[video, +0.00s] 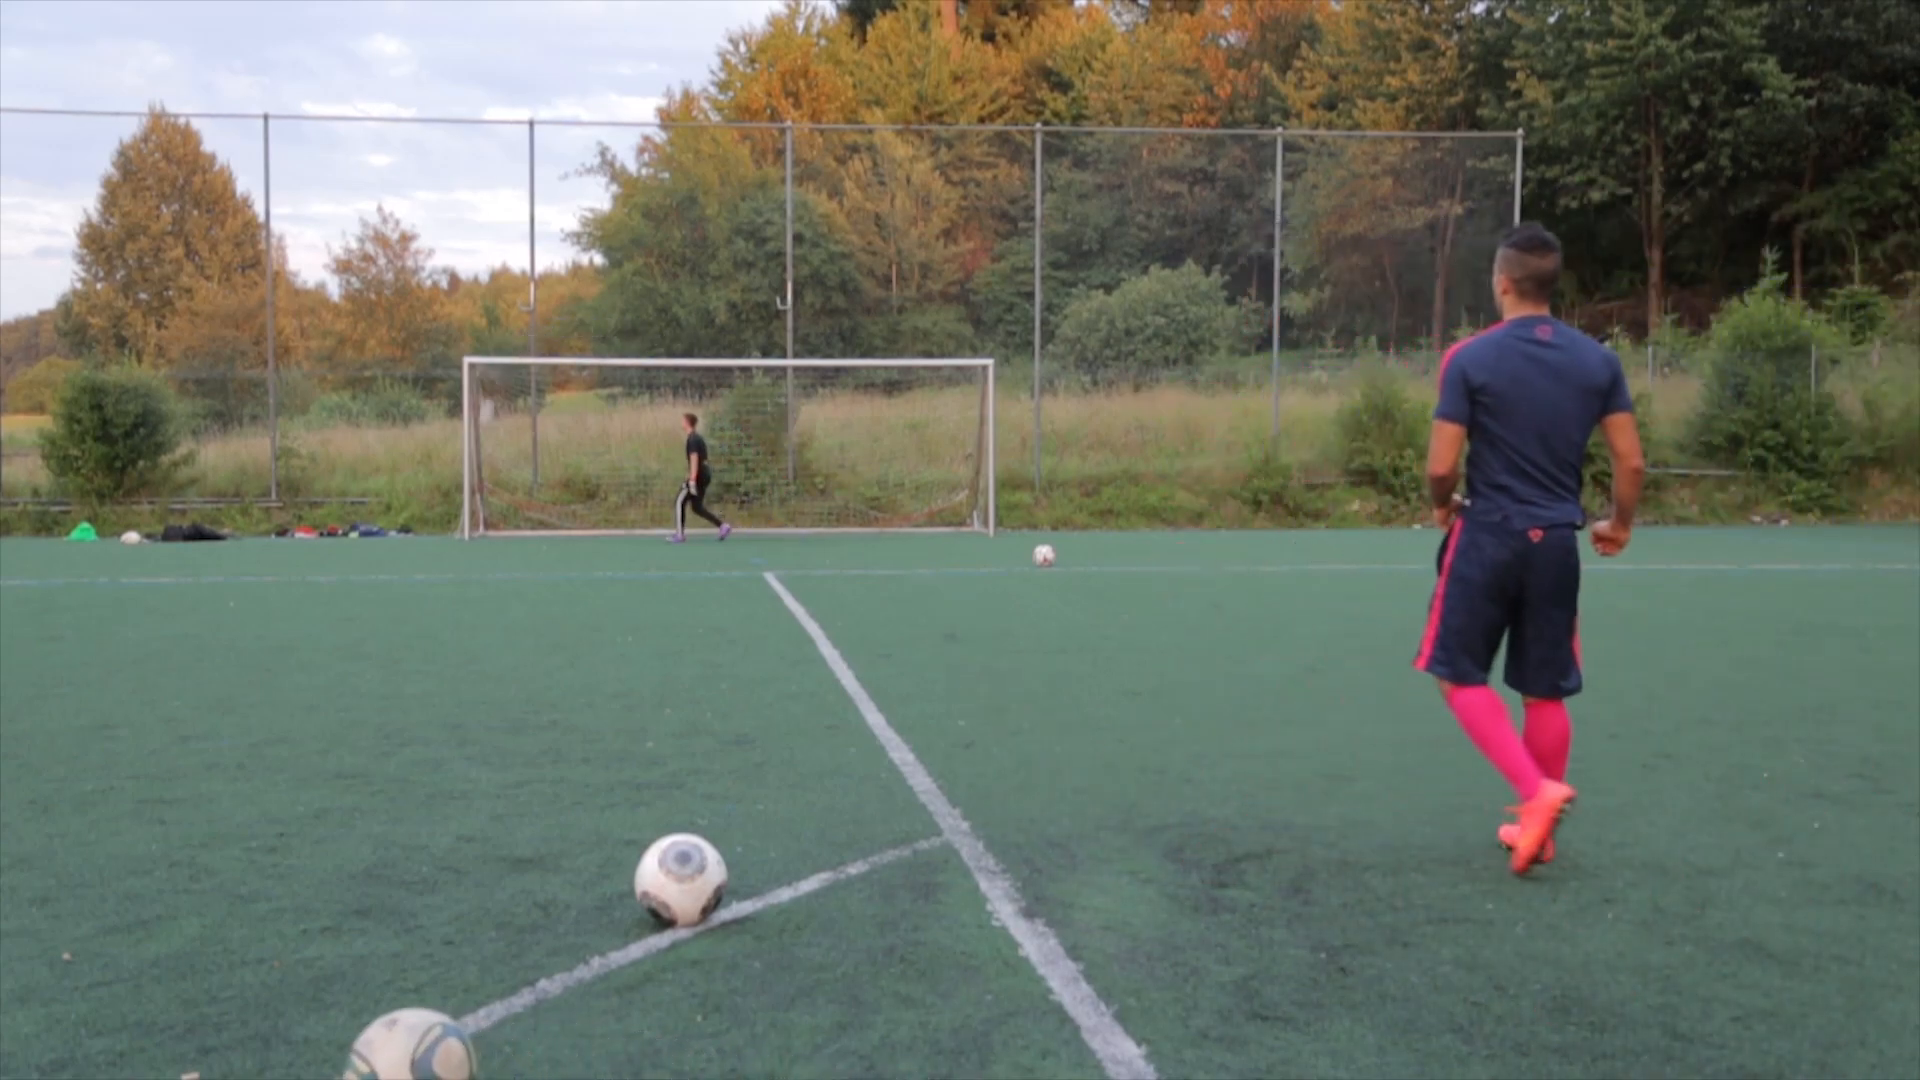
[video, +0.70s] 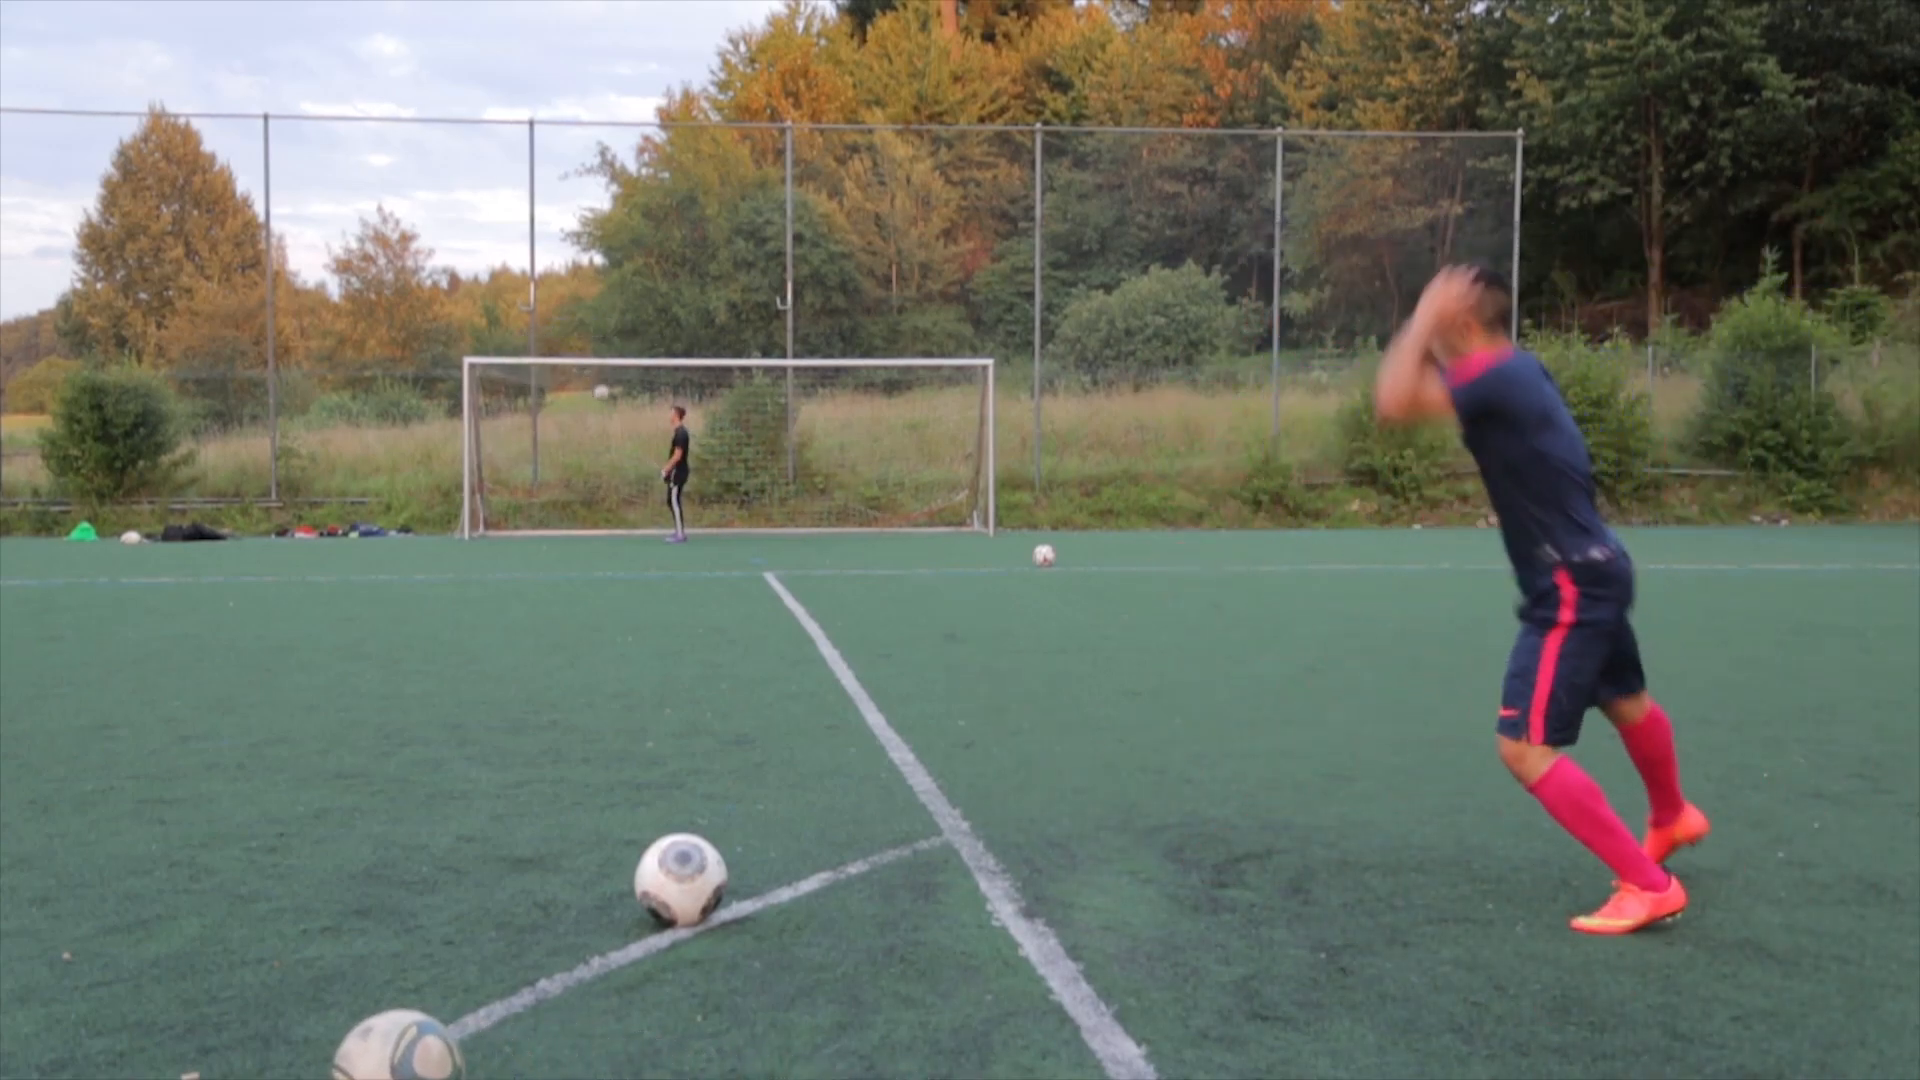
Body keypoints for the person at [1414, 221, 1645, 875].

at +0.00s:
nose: (1494, 287)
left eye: (1495, 279)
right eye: (1502, 279)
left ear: (1500, 284)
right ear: (1555, 285)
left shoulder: (1470, 358)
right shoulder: (1596, 359)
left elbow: (1441, 469)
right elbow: (1629, 460)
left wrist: (1445, 508)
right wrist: (1620, 522)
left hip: (1487, 542)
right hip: (1557, 546)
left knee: (1460, 673)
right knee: (1546, 685)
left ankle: (1537, 793)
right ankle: (1539, 828)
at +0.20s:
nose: (1508, 295)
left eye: (1510, 288)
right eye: (1512, 288)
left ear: (1517, 293)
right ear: (1572, 297)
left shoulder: (1496, 364)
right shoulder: (1610, 362)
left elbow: (1480, 464)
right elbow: (1656, 459)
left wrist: (1462, 506)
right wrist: (1626, 527)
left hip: (1541, 550)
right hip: (1602, 547)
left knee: (1519, 697)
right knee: (1575, 682)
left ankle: (1610, 843)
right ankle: (1576, 817)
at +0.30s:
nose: (1505, 317)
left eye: (1506, 309)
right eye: (1510, 308)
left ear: (1512, 314)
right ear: (1568, 314)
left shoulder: (1509, 376)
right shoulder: (1605, 372)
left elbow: (1529, 463)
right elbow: (1661, 466)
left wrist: (1494, 523)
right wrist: (1621, 529)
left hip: (1574, 556)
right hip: (1628, 554)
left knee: (1509, 704)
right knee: (1582, 679)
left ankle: (1609, 842)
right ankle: (1662, 801)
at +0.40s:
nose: (1502, 343)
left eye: (1504, 335)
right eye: (1506, 335)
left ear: (1512, 341)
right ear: (1566, 344)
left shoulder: (1519, 402)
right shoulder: (1599, 398)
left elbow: (1562, 481)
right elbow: (1646, 496)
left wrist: (1508, 549)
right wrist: (1571, 564)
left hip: (1604, 581)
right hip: (1649, 577)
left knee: (1494, 706)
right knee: (1607, 709)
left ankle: (1612, 830)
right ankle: (1704, 842)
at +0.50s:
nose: (1498, 371)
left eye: (1500, 363)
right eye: (1500, 363)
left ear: (1508, 371)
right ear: (1562, 373)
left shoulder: (1524, 434)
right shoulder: (1592, 424)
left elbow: (1553, 529)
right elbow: (1606, 527)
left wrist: (1487, 556)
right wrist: (1510, 551)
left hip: (1617, 605)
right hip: (1664, 603)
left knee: (1505, 728)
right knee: (1610, 725)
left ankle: (1623, 846)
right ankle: (1708, 848)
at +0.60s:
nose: (1480, 368)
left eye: (1482, 359)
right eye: (1484, 358)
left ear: (1491, 369)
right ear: (1541, 367)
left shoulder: (1520, 433)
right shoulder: (1565, 419)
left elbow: (1474, 536)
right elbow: (1506, 515)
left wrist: (1426, 468)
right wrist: (1461, 466)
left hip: (1609, 613)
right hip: (1642, 602)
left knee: (1517, 747)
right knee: (1614, 728)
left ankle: (1638, 882)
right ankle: (1705, 845)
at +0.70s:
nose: (1429, 317)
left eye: (1435, 306)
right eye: (1433, 307)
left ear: (1456, 321)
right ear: (1488, 321)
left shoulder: (1495, 375)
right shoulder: (1506, 369)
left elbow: (1394, 400)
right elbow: (1418, 398)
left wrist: (1424, 318)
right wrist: (1428, 329)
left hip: (1570, 583)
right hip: (1595, 569)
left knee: (1525, 748)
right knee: (1625, 700)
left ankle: (1647, 884)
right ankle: (1672, 814)